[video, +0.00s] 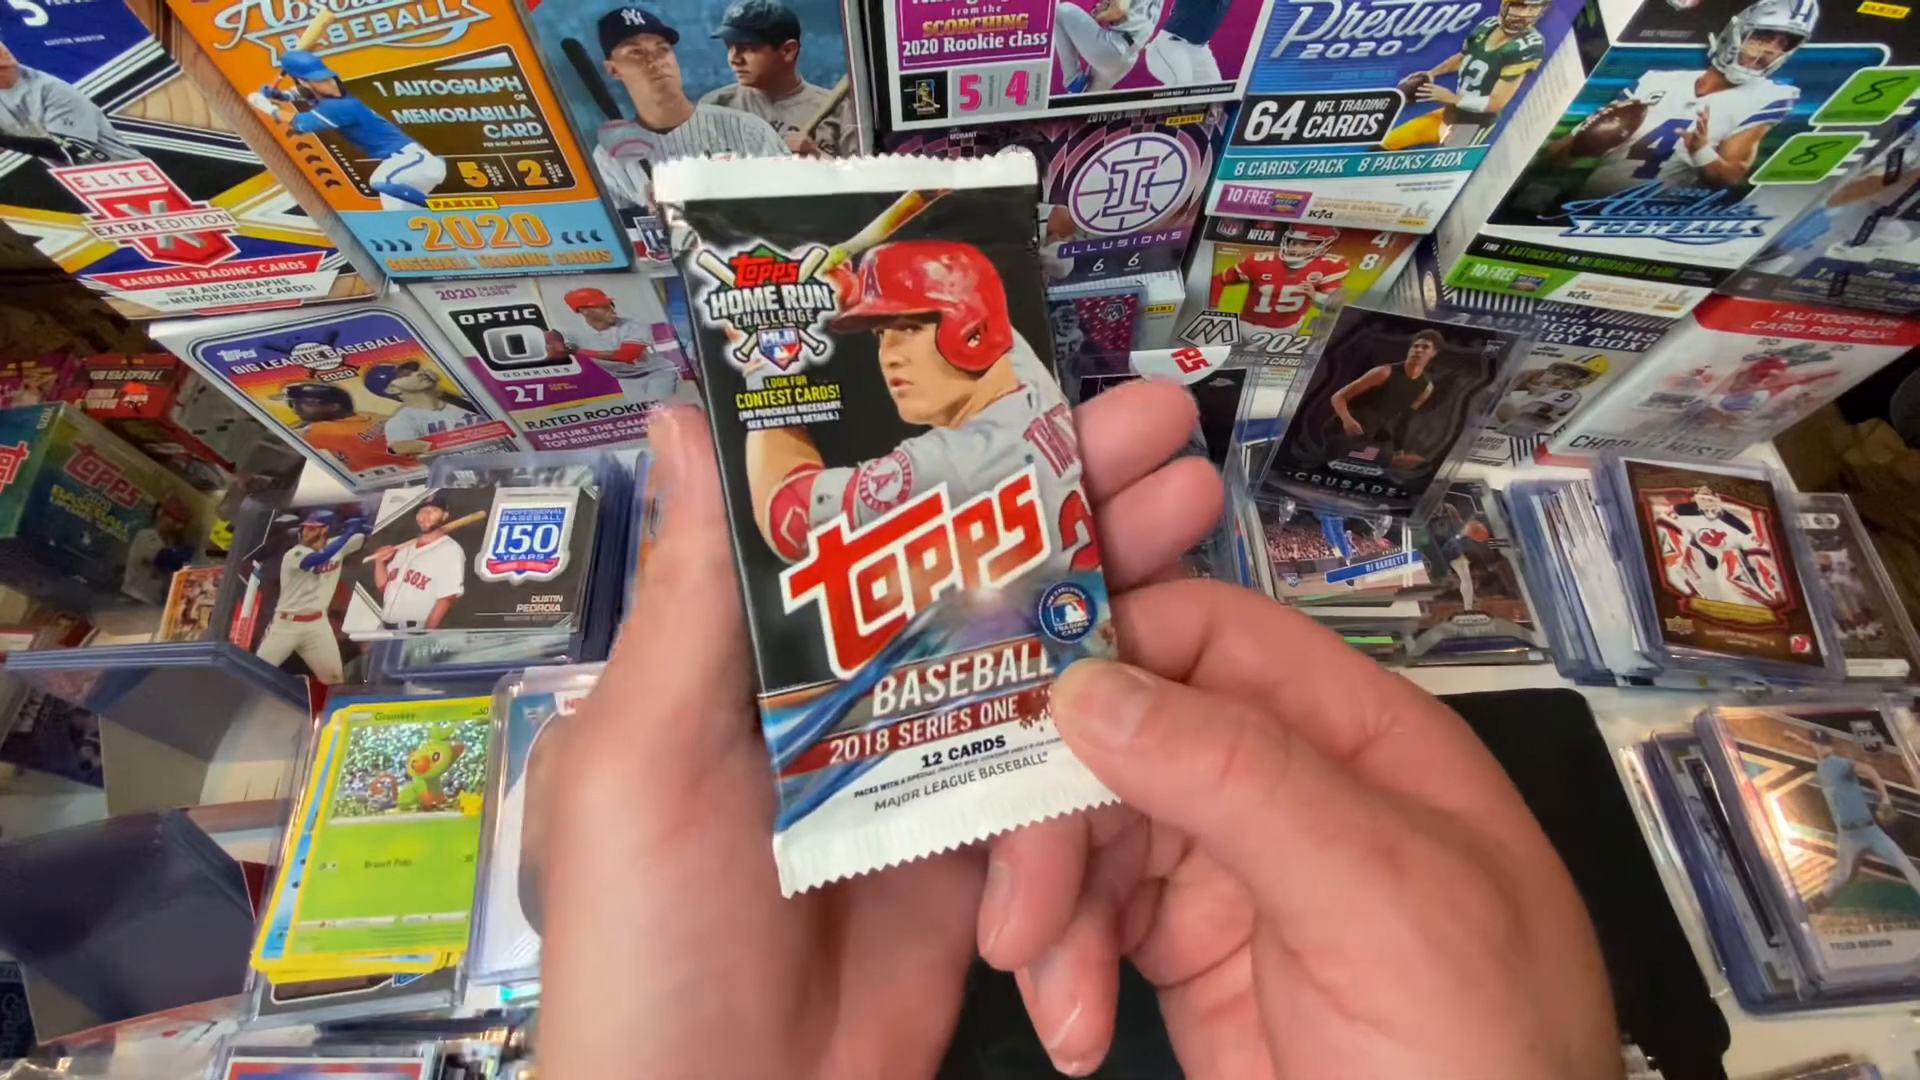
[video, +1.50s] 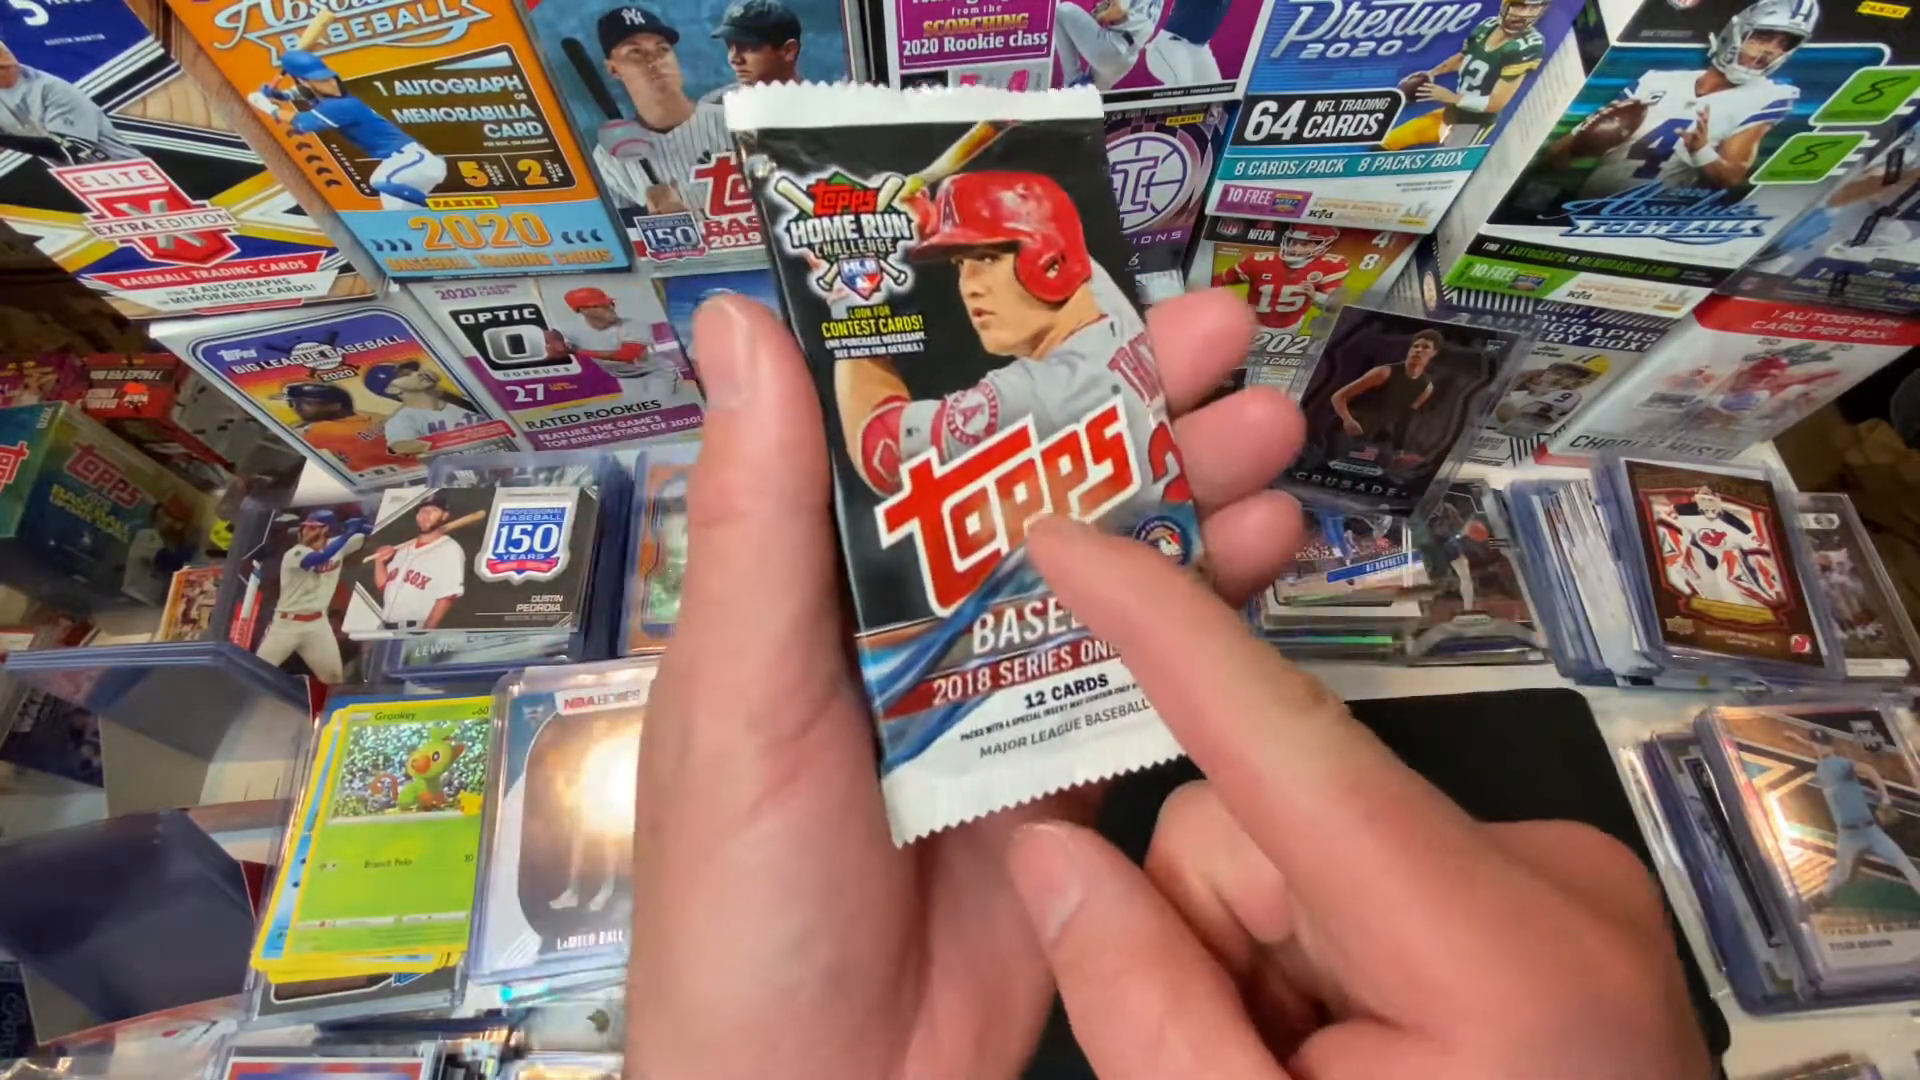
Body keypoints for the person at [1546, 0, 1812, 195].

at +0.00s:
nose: (1770, 51)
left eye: (1783, 45)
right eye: (1764, 37)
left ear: (1789, 56)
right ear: (1737, 33)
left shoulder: (1761, 102)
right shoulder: (1658, 83)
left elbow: (1735, 176)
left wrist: (1703, 154)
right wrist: (1579, 141)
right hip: (1591, 204)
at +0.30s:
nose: (1770, 52)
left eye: (1783, 46)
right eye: (1764, 37)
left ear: (1788, 56)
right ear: (1737, 33)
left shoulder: (1762, 100)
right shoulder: (1658, 82)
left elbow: (1736, 176)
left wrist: (1702, 154)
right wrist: (1580, 140)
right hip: (1592, 205)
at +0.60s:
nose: (1771, 52)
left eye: (1784, 46)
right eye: (1764, 37)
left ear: (1789, 56)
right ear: (1738, 33)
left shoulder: (1762, 100)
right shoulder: (1658, 82)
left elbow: (1736, 177)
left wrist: (1702, 153)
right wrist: (1580, 139)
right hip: (1592, 206)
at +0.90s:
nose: (1770, 51)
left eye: (1782, 45)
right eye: (1763, 37)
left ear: (1788, 57)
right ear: (1737, 34)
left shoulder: (1764, 100)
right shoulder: (1658, 81)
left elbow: (1736, 177)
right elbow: (1555, 157)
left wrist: (1701, 153)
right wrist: (1582, 140)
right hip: (1592, 205)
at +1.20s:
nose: (1770, 51)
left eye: (1783, 45)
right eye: (1764, 38)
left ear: (1788, 56)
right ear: (1737, 33)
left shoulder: (1764, 100)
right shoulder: (1658, 82)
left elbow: (1736, 177)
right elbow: (1559, 155)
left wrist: (1701, 153)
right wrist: (1582, 139)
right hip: (1593, 204)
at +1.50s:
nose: (1770, 51)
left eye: (1783, 45)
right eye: (1763, 37)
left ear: (1788, 56)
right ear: (1737, 33)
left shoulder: (1762, 100)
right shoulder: (1658, 82)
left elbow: (1735, 178)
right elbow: (1557, 156)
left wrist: (1702, 153)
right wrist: (1582, 138)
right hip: (1593, 206)